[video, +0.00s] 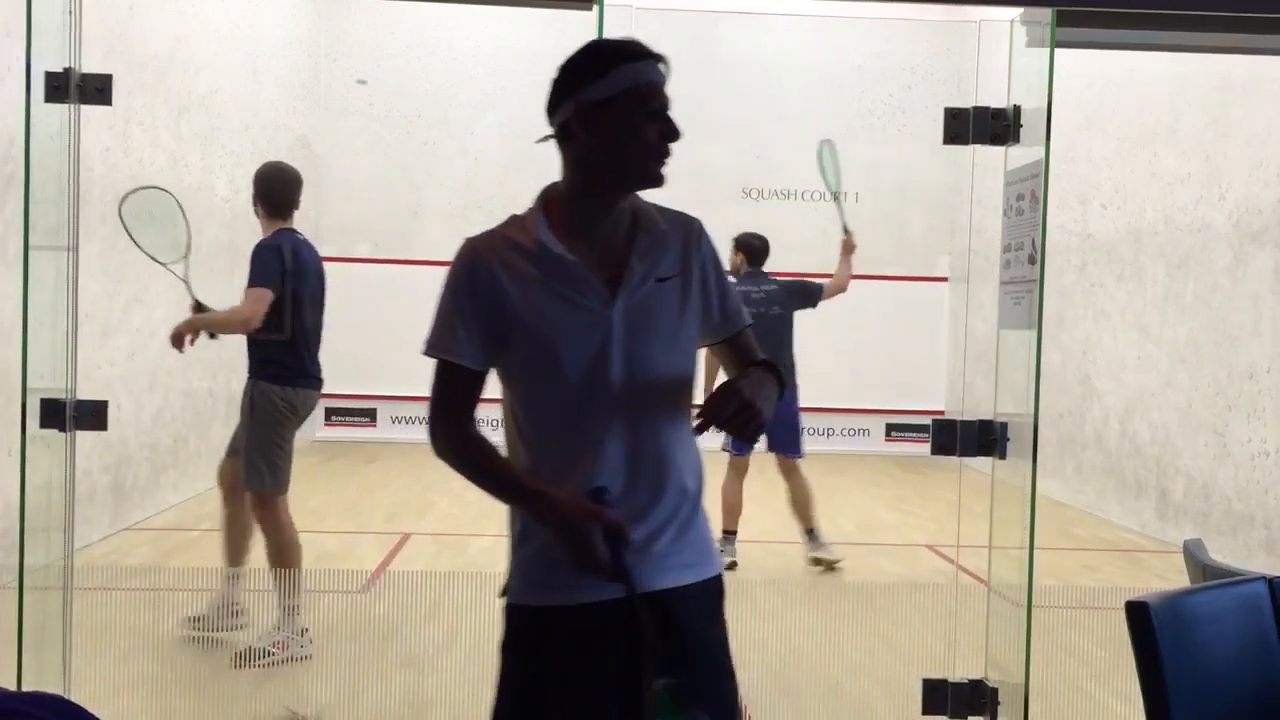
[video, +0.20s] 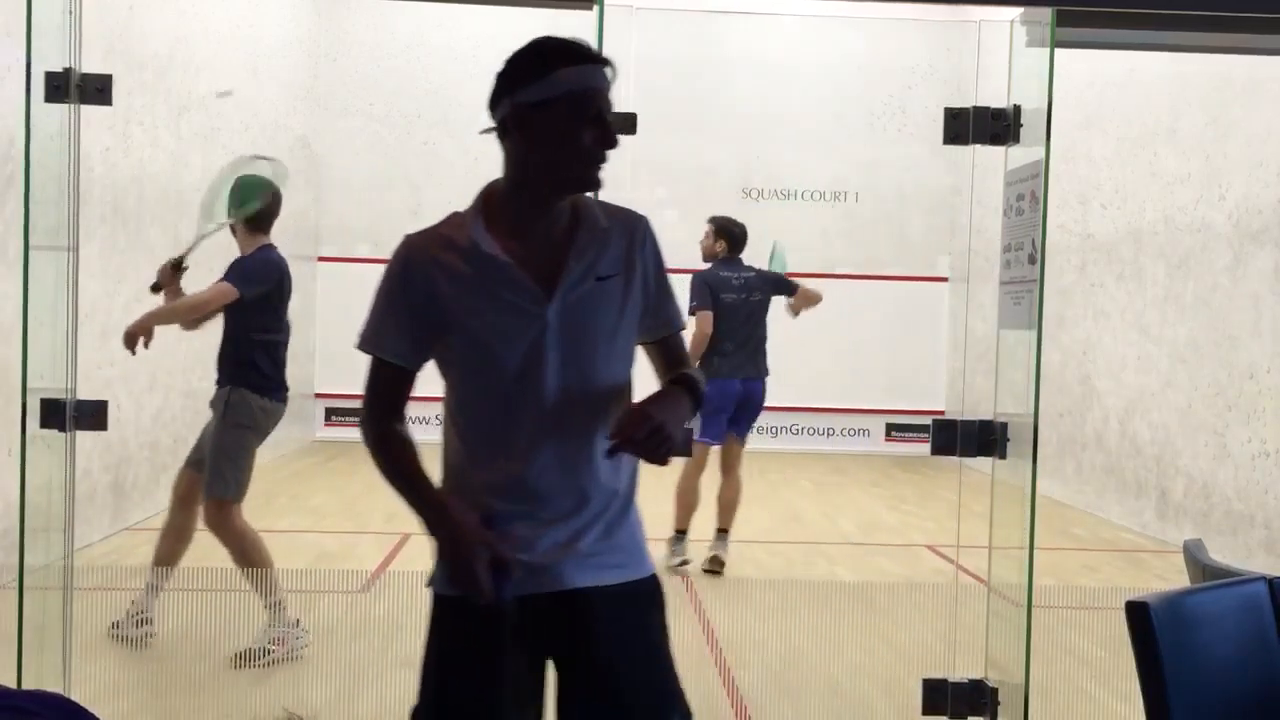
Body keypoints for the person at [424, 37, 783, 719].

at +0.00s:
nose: (673, 133)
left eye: (667, 114)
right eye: (653, 113)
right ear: (582, 125)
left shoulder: (684, 243)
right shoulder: (493, 262)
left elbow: (755, 371)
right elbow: (448, 427)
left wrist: (757, 387)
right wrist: (546, 505)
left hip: (680, 578)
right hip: (559, 590)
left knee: (709, 714)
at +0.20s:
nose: (612, 138)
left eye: (610, 120)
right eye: (591, 119)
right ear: (521, 125)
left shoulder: (626, 239)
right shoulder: (431, 260)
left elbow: (682, 379)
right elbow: (380, 417)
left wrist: (674, 405)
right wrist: (444, 521)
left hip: (609, 570)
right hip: (483, 575)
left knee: (648, 712)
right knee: (465, 716)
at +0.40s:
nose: (572, 144)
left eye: (571, 124)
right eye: (550, 125)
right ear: (480, 125)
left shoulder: (591, 237)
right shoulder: (390, 259)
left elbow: (636, 379)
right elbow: (342, 414)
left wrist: (611, 409)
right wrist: (353, 554)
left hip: (575, 575)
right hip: (444, 577)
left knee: (604, 711)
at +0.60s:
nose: (554, 136)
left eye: (555, 116)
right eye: (531, 117)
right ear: (458, 117)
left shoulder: (578, 227)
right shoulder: (376, 252)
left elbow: (629, 361)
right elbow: (335, 406)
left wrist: (581, 398)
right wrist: (303, 571)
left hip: (563, 577)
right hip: (432, 582)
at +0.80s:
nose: (558, 137)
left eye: (559, 117)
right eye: (533, 117)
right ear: (460, 116)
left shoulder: (577, 227)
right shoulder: (373, 256)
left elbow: (622, 353)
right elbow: (337, 415)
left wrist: (596, 397)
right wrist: (303, 577)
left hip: (570, 574)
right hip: (440, 583)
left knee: (594, 714)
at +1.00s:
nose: (583, 136)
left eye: (584, 118)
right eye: (561, 116)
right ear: (487, 115)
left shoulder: (595, 226)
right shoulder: (393, 255)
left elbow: (625, 354)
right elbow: (357, 425)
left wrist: (621, 396)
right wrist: (331, 584)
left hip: (590, 569)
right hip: (461, 581)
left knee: (634, 714)